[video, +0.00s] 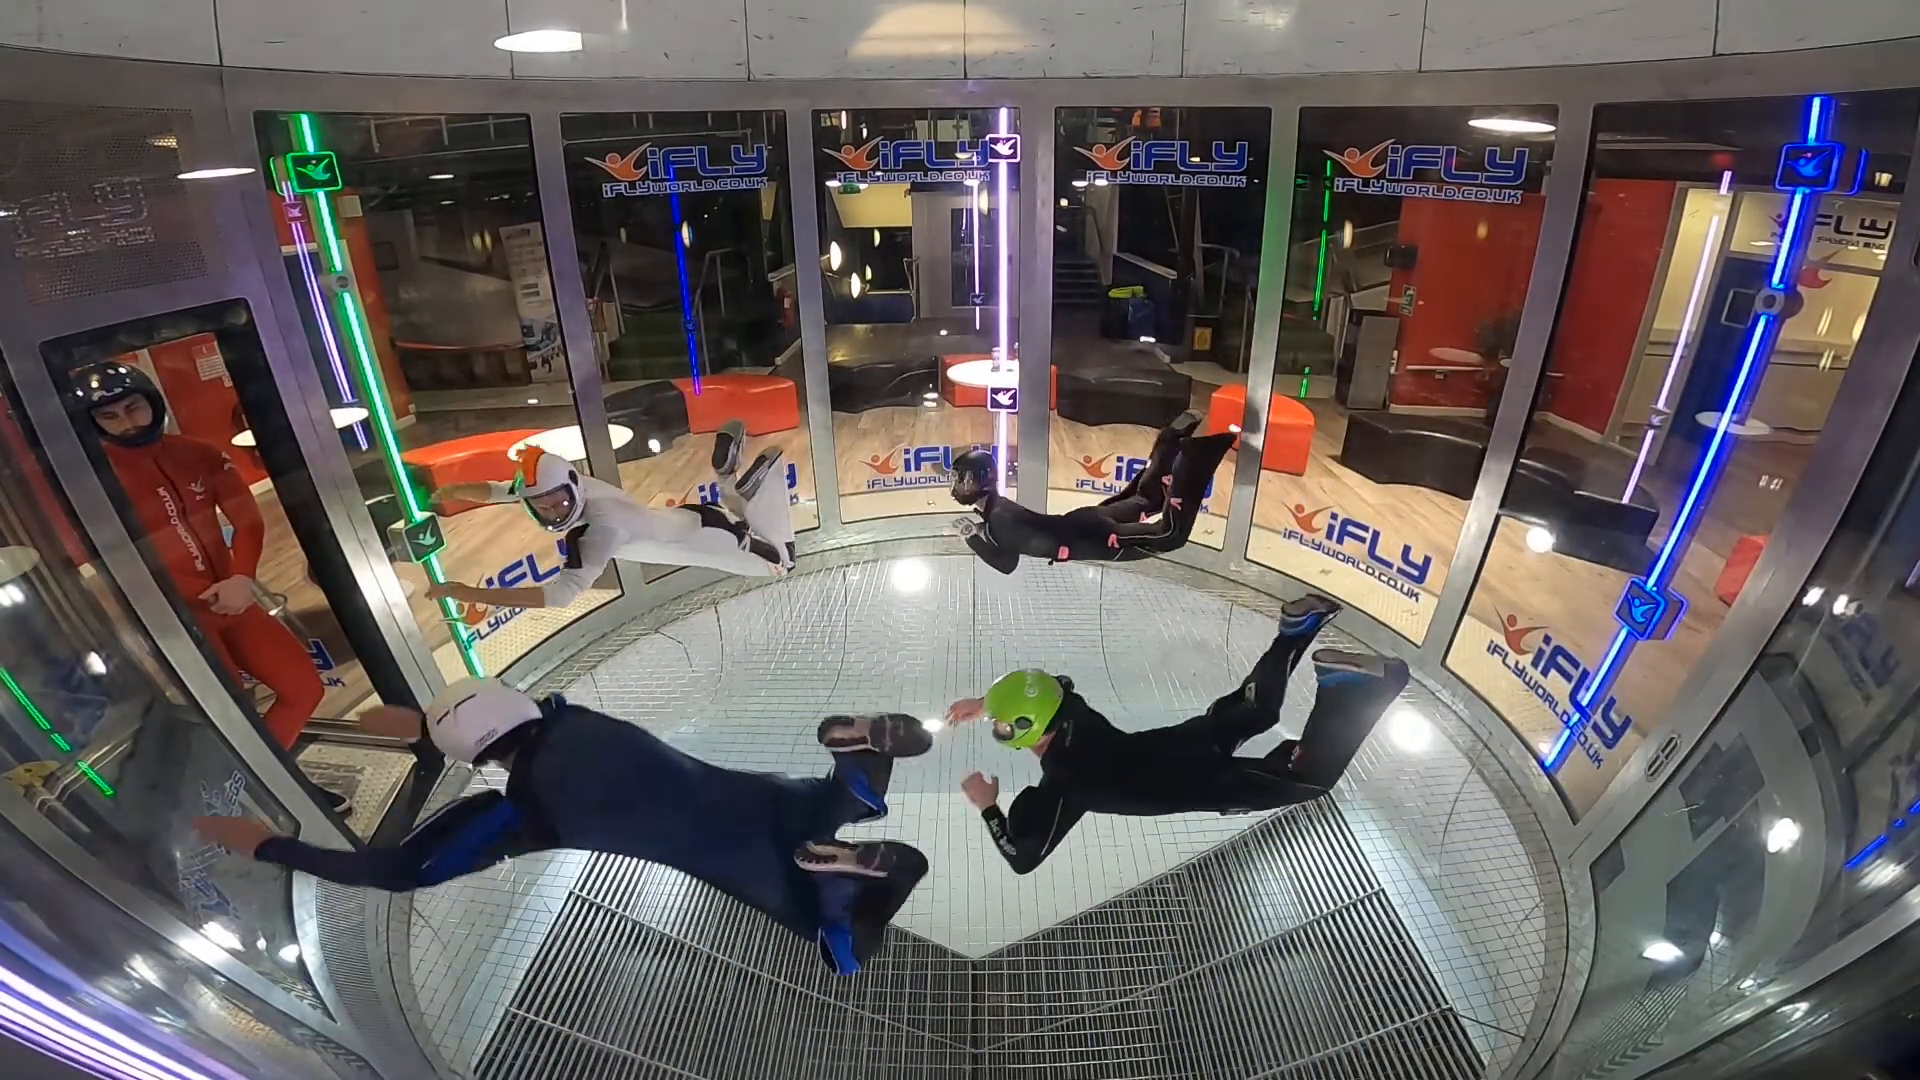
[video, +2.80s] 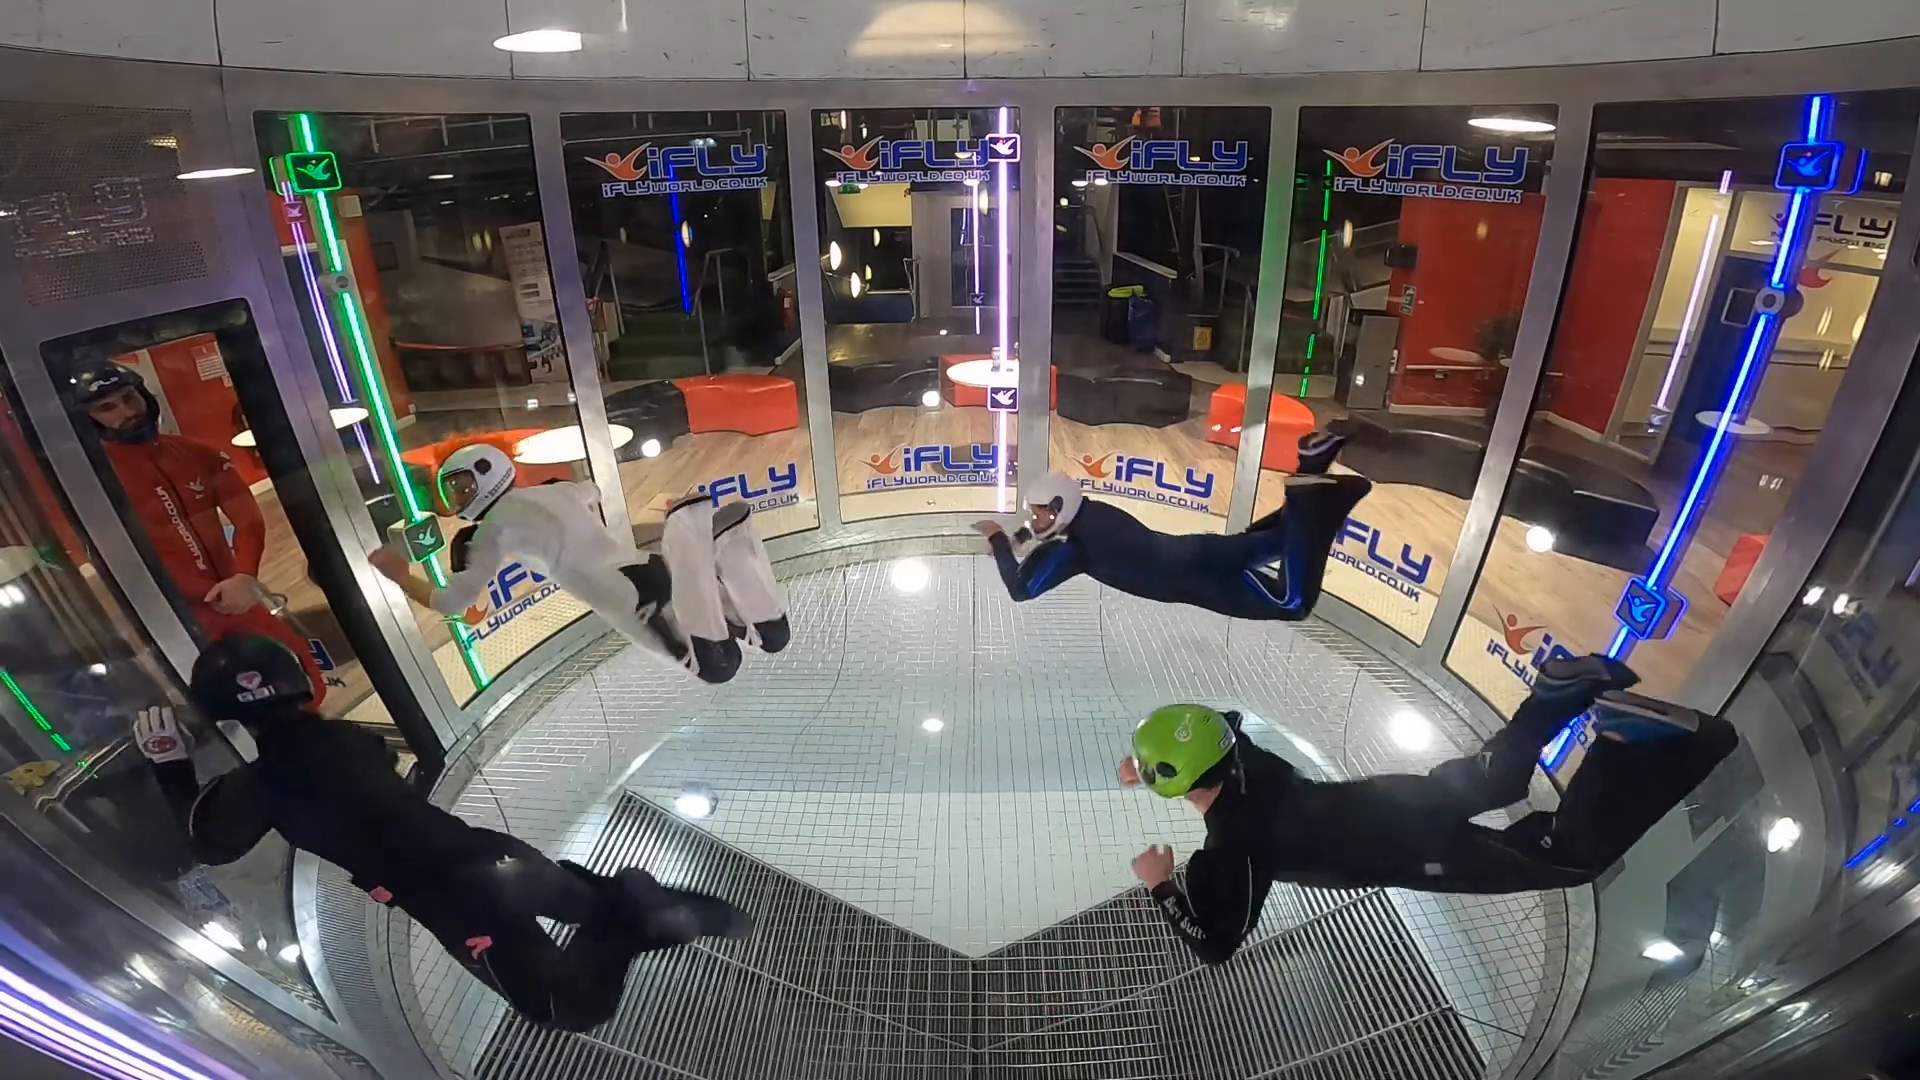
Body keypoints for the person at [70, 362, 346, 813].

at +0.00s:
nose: (127, 423)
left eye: (133, 407)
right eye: (110, 416)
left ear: (150, 403)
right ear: (93, 424)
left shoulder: (199, 455)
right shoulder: (95, 481)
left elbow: (248, 521)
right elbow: (103, 568)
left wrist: (242, 577)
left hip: (232, 603)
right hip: (178, 622)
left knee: (304, 688)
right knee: (235, 708)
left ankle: (246, 781)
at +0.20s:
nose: (123, 425)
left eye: (129, 409)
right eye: (106, 418)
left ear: (148, 404)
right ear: (91, 425)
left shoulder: (197, 455)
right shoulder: (96, 483)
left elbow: (248, 520)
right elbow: (107, 569)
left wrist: (243, 577)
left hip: (234, 603)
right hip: (181, 623)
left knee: (304, 686)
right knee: (240, 712)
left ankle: (265, 775)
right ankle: (290, 791)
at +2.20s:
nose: (122, 414)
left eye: (126, 399)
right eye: (104, 409)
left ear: (141, 397)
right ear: (88, 421)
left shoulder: (195, 454)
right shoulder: (93, 477)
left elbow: (246, 520)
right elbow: (104, 564)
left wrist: (237, 579)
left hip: (230, 603)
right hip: (180, 622)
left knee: (303, 692)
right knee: (237, 709)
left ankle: (253, 775)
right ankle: (294, 790)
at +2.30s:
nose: (122, 414)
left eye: (125, 399)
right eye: (105, 409)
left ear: (140, 394)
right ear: (88, 419)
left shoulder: (194, 455)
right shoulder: (94, 477)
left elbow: (246, 520)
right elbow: (112, 564)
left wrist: (242, 577)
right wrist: (191, 607)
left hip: (231, 598)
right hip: (176, 616)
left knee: (288, 657)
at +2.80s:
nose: (125, 413)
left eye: (128, 398)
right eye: (108, 408)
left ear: (141, 394)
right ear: (90, 418)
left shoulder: (196, 454)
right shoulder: (96, 478)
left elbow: (249, 519)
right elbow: (115, 566)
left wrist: (245, 576)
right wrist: (219, 593)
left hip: (241, 609)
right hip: (184, 628)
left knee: (303, 695)